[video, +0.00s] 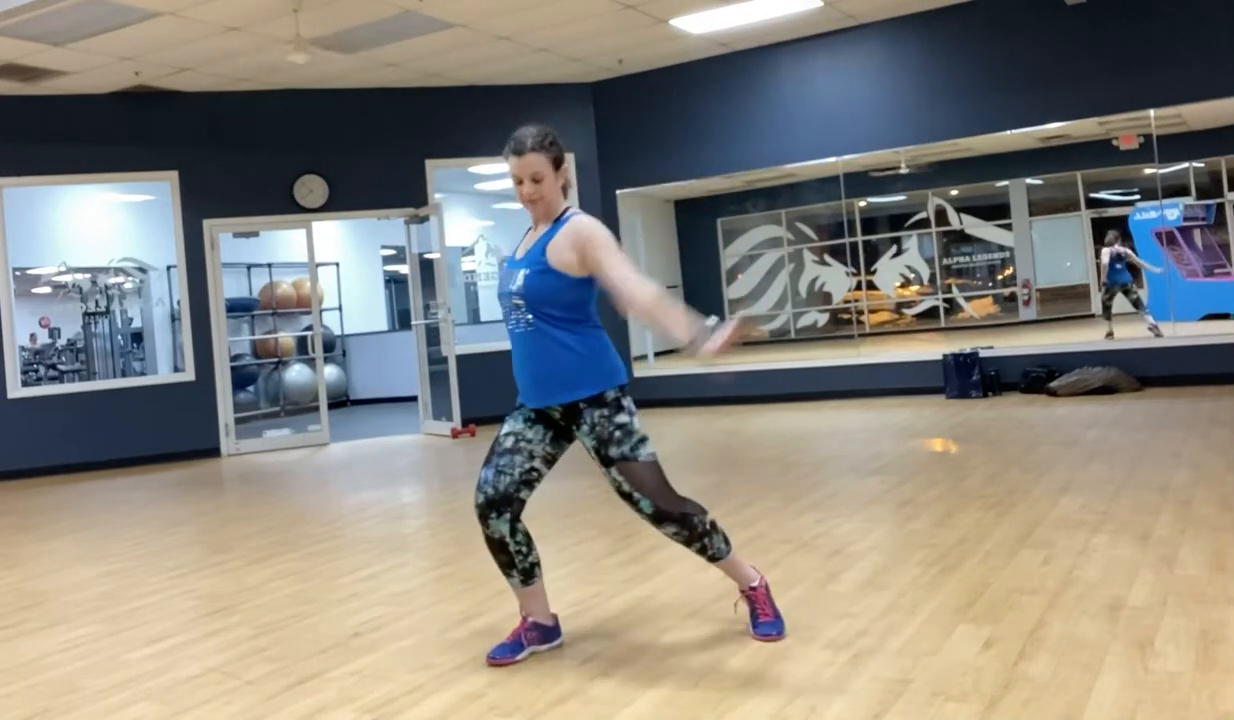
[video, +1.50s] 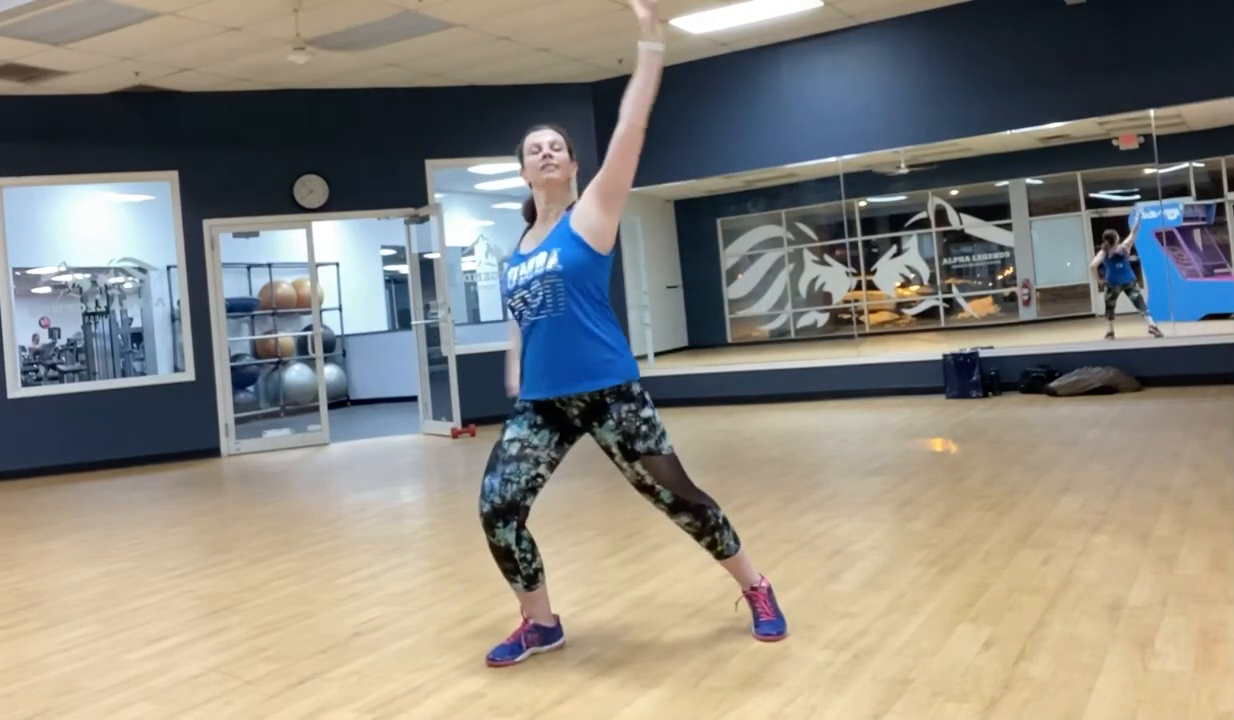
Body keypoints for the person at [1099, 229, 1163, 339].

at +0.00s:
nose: (1105, 240)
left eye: (1107, 238)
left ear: (1108, 240)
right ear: (1119, 240)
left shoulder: (1106, 250)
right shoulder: (1125, 250)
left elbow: (1105, 263)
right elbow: (1139, 262)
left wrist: (1103, 279)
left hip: (1113, 282)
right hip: (1127, 280)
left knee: (1106, 303)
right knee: (1138, 303)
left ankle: (1110, 329)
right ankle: (1152, 323)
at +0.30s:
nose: (1108, 241)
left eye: (1109, 239)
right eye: (1109, 239)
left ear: (1110, 240)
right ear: (1119, 240)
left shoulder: (1108, 251)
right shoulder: (1123, 251)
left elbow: (1107, 265)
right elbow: (1131, 258)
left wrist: (1105, 280)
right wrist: (1139, 257)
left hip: (1115, 282)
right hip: (1128, 281)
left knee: (1106, 303)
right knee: (1139, 304)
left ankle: (1110, 330)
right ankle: (1152, 324)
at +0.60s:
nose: (1107, 243)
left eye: (1109, 241)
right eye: (1108, 241)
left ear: (1111, 241)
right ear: (1118, 241)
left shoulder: (1109, 251)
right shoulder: (1123, 248)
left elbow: (1109, 264)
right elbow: (1104, 238)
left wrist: (1105, 280)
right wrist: (1090, 232)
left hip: (1115, 280)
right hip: (1128, 279)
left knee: (1107, 303)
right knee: (1138, 304)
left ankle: (1111, 330)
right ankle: (1152, 323)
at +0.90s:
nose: (1109, 242)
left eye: (1108, 240)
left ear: (1107, 241)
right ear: (1117, 239)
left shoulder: (1107, 251)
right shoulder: (1123, 248)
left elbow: (1104, 265)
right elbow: (1121, 232)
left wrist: (1104, 281)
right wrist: (1115, 218)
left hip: (1113, 281)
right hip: (1127, 278)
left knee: (1108, 304)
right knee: (1138, 304)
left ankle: (1110, 330)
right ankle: (1152, 323)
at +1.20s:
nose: (1106, 243)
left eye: (1106, 240)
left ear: (1105, 241)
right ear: (1117, 239)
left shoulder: (1105, 252)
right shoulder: (1123, 249)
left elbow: (1100, 264)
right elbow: (1127, 232)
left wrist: (1102, 279)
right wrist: (1128, 216)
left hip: (1112, 282)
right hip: (1127, 280)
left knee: (1109, 306)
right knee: (1139, 303)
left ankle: (1110, 330)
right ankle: (1152, 323)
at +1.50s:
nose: (1118, 239)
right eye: (1117, 237)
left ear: (1105, 241)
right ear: (1117, 239)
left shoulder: (1104, 252)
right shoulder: (1124, 247)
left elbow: (1093, 265)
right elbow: (1133, 234)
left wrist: (1098, 280)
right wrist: (1138, 221)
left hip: (1113, 281)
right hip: (1128, 279)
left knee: (1110, 306)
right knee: (1139, 301)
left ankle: (1111, 330)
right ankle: (1151, 324)